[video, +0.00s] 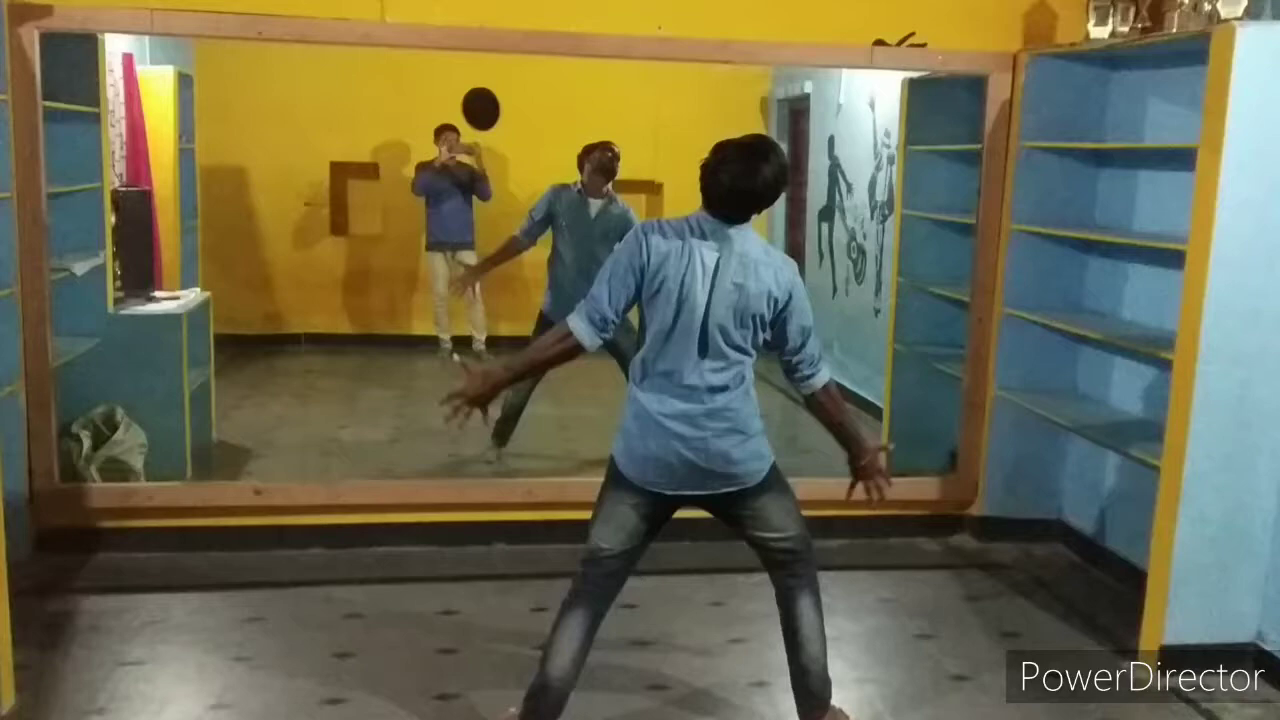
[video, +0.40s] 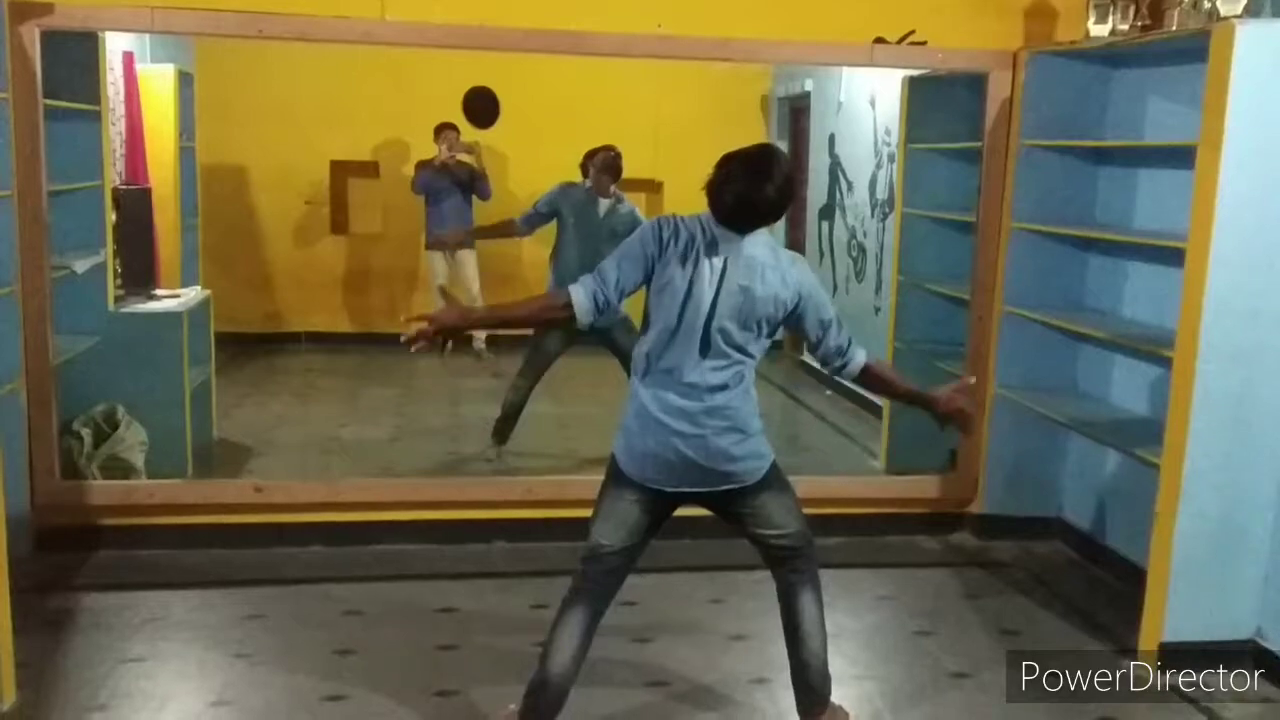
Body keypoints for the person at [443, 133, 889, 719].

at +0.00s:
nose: (701, 164)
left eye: (708, 160)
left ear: (706, 178)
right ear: (764, 203)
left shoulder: (648, 243)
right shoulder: (777, 273)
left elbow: (581, 331)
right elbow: (809, 374)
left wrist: (498, 376)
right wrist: (859, 446)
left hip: (645, 452)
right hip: (735, 456)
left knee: (592, 587)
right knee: (796, 574)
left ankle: (537, 710)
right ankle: (817, 709)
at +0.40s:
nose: (790, 194)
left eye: (777, 184)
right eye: (786, 190)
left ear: (715, 192)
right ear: (775, 211)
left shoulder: (664, 236)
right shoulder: (789, 275)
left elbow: (576, 305)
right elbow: (848, 361)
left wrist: (463, 319)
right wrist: (931, 399)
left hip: (647, 443)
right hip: (729, 450)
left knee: (590, 585)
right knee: (796, 568)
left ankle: (531, 717)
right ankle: (816, 712)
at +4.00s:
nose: (598, 181)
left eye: (596, 170)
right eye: (596, 170)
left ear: (608, 171)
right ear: (661, 151)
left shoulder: (631, 229)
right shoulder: (715, 198)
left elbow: (659, 343)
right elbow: (742, 195)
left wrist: (626, 428)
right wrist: (724, 166)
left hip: (654, 420)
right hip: (719, 416)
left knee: (573, 543)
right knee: (740, 541)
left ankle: (525, 686)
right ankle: (789, 676)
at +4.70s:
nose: (604, 159)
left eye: (604, 149)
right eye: (607, 149)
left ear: (612, 153)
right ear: (672, 146)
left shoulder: (611, 226)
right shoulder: (722, 199)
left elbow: (616, 340)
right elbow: (787, 214)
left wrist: (587, 399)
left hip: (636, 421)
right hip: (713, 417)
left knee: (562, 548)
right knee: (740, 546)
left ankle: (521, 687)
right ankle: (786, 676)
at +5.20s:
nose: (608, 156)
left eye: (609, 147)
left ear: (614, 154)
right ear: (676, 151)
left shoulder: (587, 215)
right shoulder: (724, 231)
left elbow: (546, 322)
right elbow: (729, 337)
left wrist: (569, 391)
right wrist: (670, 348)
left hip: (616, 424)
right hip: (700, 425)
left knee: (552, 546)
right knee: (742, 552)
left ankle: (519, 688)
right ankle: (789, 678)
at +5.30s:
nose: (598, 158)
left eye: (600, 150)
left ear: (606, 158)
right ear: (669, 154)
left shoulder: (578, 216)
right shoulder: (710, 224)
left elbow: (541, 319)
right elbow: (743, 300)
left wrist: (567, 396)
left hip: (610, 423)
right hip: (693, 424)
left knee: (546, 544)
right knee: (741, 551)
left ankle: (519, 688)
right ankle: (790, 679)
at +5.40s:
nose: (591, 151)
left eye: (593, 143)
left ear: (598, 152)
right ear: (661, 149)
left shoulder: (568, 208)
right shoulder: (699, 209)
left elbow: (536, 314)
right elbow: (765, 233)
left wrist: (559, 395)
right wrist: (714, 192)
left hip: (600, 419)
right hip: (682, 419)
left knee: (544, 544)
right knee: (741, 536)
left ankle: (519, 686)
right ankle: (786, 670)